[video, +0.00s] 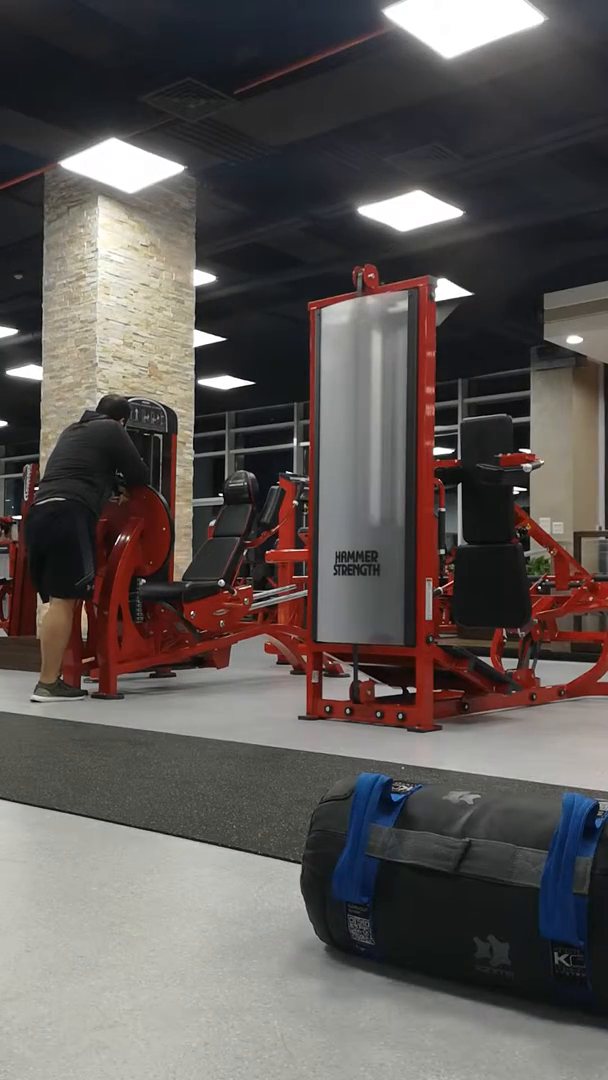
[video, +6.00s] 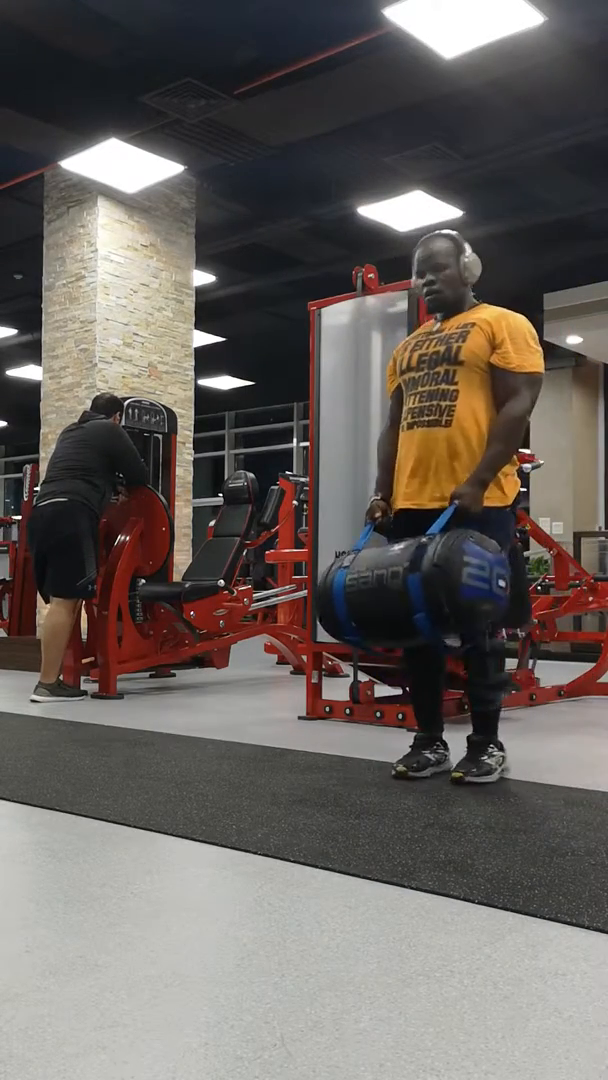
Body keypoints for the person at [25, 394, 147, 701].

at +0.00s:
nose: (125, 427)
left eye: (124, 423)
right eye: (126, 423)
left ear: (98, 413)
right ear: (121, 420)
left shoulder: (71, 430)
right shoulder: (113, 430)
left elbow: (78, 468)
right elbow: (140, 478)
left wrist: (111, 487)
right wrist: (118, 479)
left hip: (39, 512)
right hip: (66, 511)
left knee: (57, 600)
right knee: (61, 601)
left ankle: (50, 679)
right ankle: (48, 682)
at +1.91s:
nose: (126, 427)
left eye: (126, 423)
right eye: (127, 423)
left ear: (99, 414)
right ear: (122, 419)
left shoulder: (71, 431)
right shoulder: (113, 431)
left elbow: (76, 470)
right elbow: (141, 478)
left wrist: (110, 485)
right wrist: (115, 475)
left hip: (43, 512)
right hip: (69, 511)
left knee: (61, 600)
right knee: (64, 601)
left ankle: (51, 678)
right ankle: (48, 682)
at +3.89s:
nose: (125, 428)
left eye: (125, 424)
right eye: (126, 424)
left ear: (98, 414)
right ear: (121, 420)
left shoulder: (71, 431)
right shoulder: (112, 430)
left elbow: (76, 472)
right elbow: (140, 478)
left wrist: (111, 486)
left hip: (45, 511)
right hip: (71, 510)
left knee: (74, 602)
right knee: (60, 601)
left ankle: (54, 677)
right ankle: (47, 682)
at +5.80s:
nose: (121, 424)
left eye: (121, 420)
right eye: (122, 419)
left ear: (91, 413)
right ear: (116, 417)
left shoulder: (69, 431)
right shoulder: (111, 431)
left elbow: (75, 470)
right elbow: (140, 478)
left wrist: (109, 485)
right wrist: (115, 477)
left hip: (41, 512)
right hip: (69, 511)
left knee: (61, 601)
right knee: (63, 601)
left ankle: (52, 679)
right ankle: (48, 682)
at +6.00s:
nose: (121, 424)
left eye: (121, 420)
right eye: (122, 419)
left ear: (91, 413)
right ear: (116, 417)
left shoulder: (69, 431)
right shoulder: (111, 431)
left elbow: (75, 470)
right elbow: (140, 478)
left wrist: (109, 486)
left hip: (41, 512)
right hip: (69, 511)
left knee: (60, 601)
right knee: (63, 601)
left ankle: (52, 679)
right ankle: (48, 682)